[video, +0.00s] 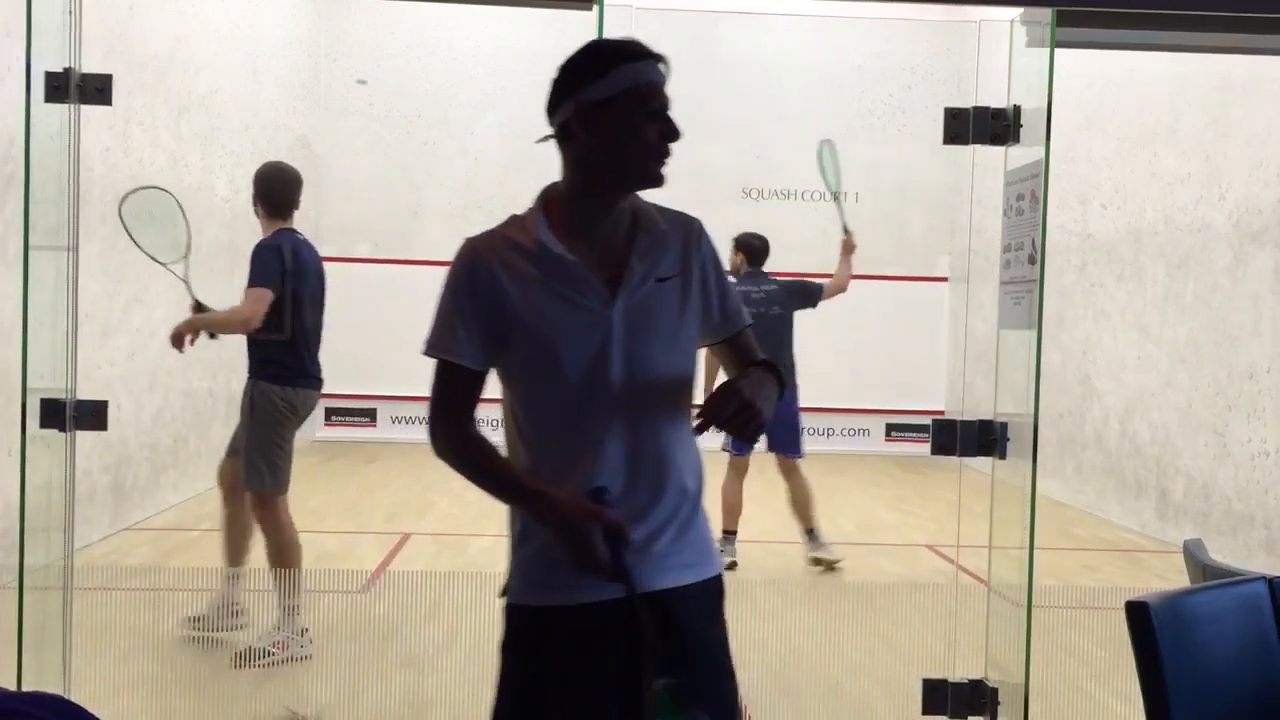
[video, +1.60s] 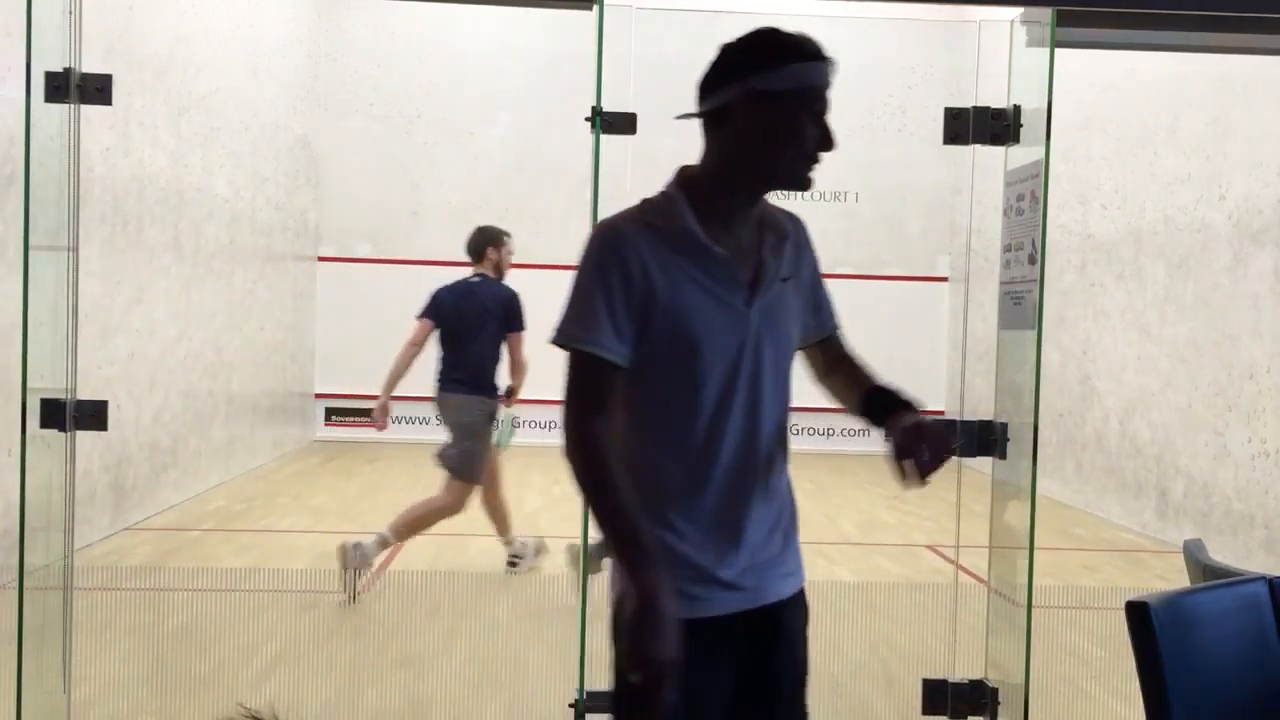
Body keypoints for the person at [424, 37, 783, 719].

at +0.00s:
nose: (673, 133)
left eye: (667, 114)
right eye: (653, 113)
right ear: (582, 125)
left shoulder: (684, 243)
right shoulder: (493, 262)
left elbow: (755, 371)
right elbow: (448, 427)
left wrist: (757, 387)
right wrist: (546, 505)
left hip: (680, 578)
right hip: (559, 590)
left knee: (709, 714)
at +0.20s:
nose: (612, 138)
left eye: (610, 120)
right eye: (591, 119)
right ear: (521, 125)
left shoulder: (626, 239)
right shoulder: (431, 260)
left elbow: (682, 379)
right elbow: (380, 417)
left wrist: (674, 405)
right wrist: (444, 521)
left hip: (609, 570)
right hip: (483, 575)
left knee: (648, 712)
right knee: (465, 716)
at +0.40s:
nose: (572, 144)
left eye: (571, 124)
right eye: (550, 125)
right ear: (480, 125)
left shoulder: (591, 237)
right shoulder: (390, 259)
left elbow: (636, 379)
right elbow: (342, 414)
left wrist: (611, 409)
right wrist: (353, 554)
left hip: (575, 575)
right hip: (444, 577)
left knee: (604, 711)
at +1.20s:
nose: (647, 139)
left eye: (646, 119)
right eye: (626, 117)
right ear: (551, 117)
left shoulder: (647, 235)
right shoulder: (450, 255)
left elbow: (666, 365)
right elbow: (406, 431)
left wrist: (671, 411)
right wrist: (394, 596)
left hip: (626, 582)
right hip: (498, 588)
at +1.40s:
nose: (747, 137)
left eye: (743, 116)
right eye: (729, 115)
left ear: (662, 120)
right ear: (657, 117)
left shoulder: (723, 239)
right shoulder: (544, 249)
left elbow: (730, 371)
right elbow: (493, 424)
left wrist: (759, 416)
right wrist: (502, 588)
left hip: (703, 591)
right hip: (578, 599)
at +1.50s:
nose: (793, 135)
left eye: (788, 113)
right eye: (774, 112)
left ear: (717, 118)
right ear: (703, 114)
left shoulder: (758, 239)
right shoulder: (589, 247)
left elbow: (771, 362)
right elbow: (540, 431)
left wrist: (816, 414)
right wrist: (574, 590)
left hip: (743, 589)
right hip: (627, 602)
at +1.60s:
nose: (827, 137)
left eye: (823, 115)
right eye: (811, 114)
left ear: (749, 118)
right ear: (744, 115)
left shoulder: (786, 238)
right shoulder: (628, 246)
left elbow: (827, 355)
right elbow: (585, 427)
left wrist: (898, 414)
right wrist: (643, 579)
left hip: (771, 582)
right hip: (668, 596)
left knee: (778, 712)